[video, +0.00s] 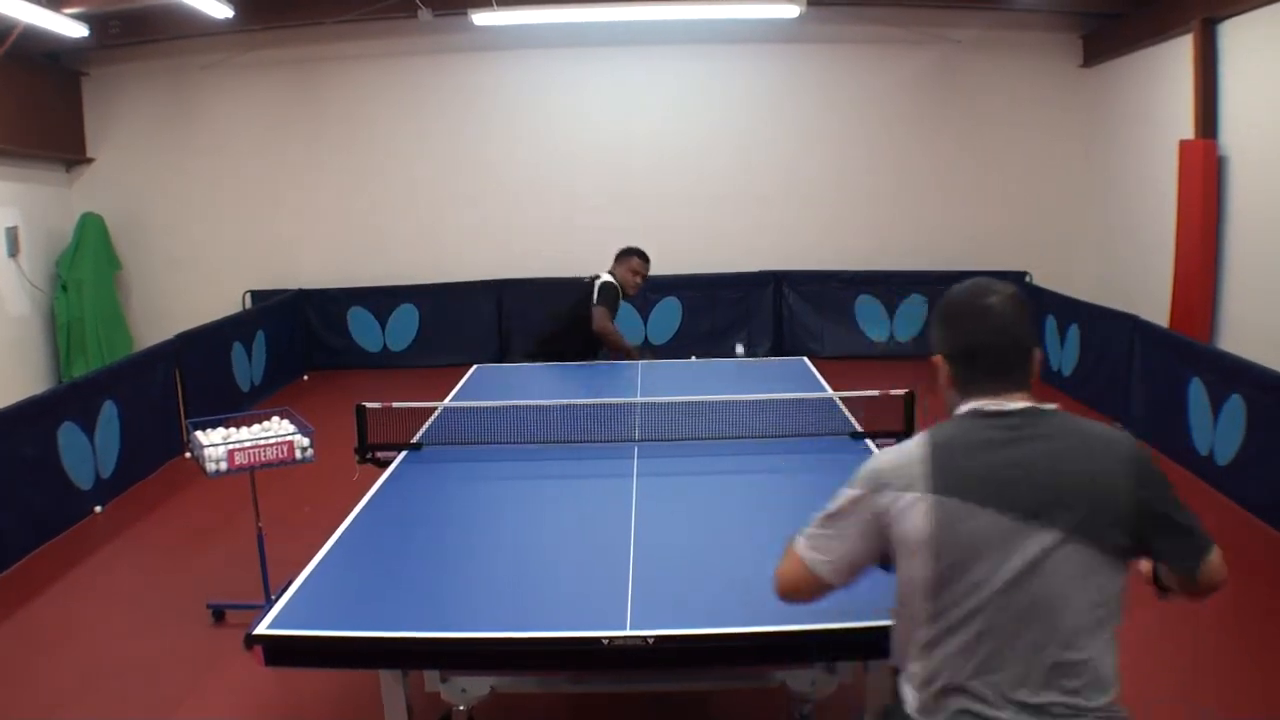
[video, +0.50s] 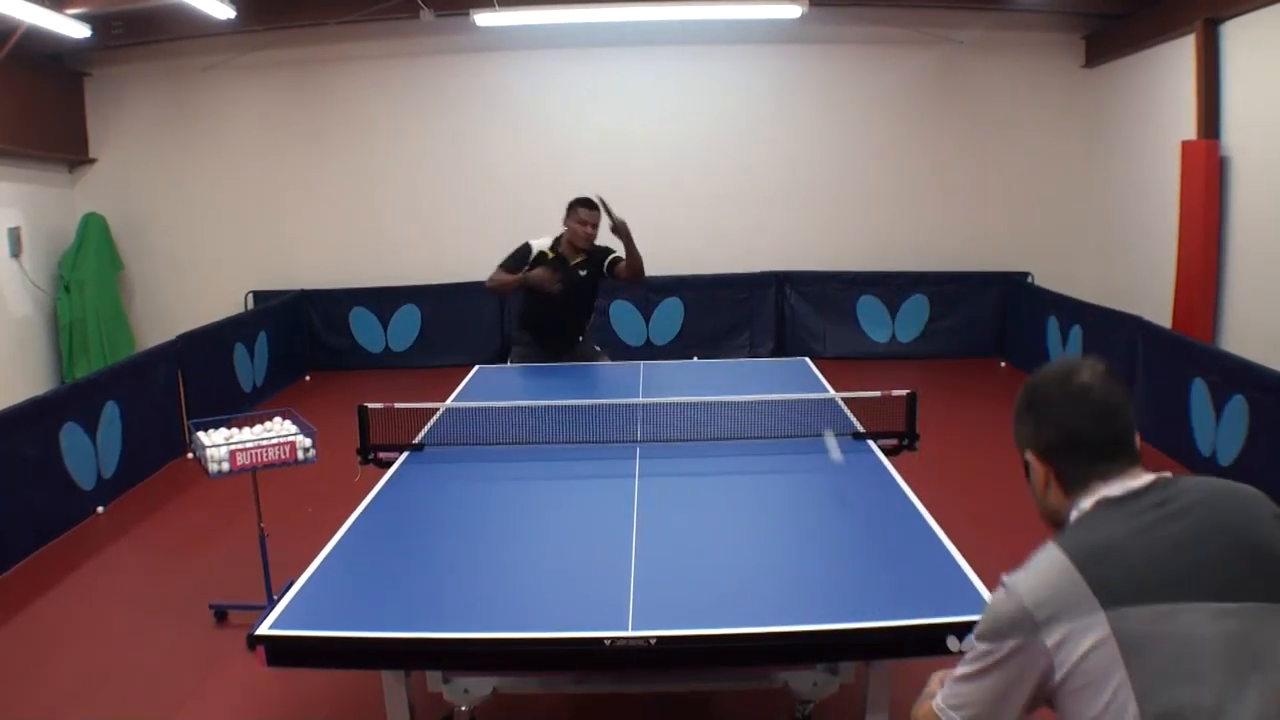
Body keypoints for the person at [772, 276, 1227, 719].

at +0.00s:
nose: (931, 370)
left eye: (933, 359)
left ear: (942, 369)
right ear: (1036, 363)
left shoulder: (901, 469)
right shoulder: (1117, 458)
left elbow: (791, 581)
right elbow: (1208, 574)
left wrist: (878, 535)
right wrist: (1158, 570)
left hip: (948, 705)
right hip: (1081, 705)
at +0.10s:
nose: (980, 344)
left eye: (980, 332)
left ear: (990, 339)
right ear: (1082, 332)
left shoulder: (966, 443)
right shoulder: (1166, 423)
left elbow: (838, 578)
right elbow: (1242, 534)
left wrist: (847, 528)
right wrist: (1145, 527)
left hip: (1016, 706)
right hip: (1154, 704)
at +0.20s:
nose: (998, 314)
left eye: (998, 300)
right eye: (999, 298)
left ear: (1011, 311)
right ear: (1101, 297)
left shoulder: (991, 411)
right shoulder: (1199, 393)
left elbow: (876, 573)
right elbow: (1260, 522)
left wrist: (866, 541)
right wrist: (1164, 524)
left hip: (1059, 701)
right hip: (1203, 692)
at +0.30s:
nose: (1012, 328)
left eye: (1012, 315)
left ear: (1024, 324)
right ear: (1121, 312)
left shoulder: (1005, 428)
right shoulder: (1226, 410)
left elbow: (904, 620)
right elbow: (1266, 565)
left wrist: (877, 598)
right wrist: (1180, 567)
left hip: (1067, 707)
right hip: (1223, 703)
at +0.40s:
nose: (1022, 407)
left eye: (1021, 391)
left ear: (1035, 397)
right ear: (1138, 383)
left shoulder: (1020, 522)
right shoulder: (1245, 484)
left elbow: (919, 698)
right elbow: (1264, 642)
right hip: (1243, 710)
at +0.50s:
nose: (1028, 482)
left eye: (1024, 467)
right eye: (1022, 468)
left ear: (1040, 470)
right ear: (1135, 442)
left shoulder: (1036, 597)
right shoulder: (1255, 508)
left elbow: (950, 714)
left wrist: (933, 694)